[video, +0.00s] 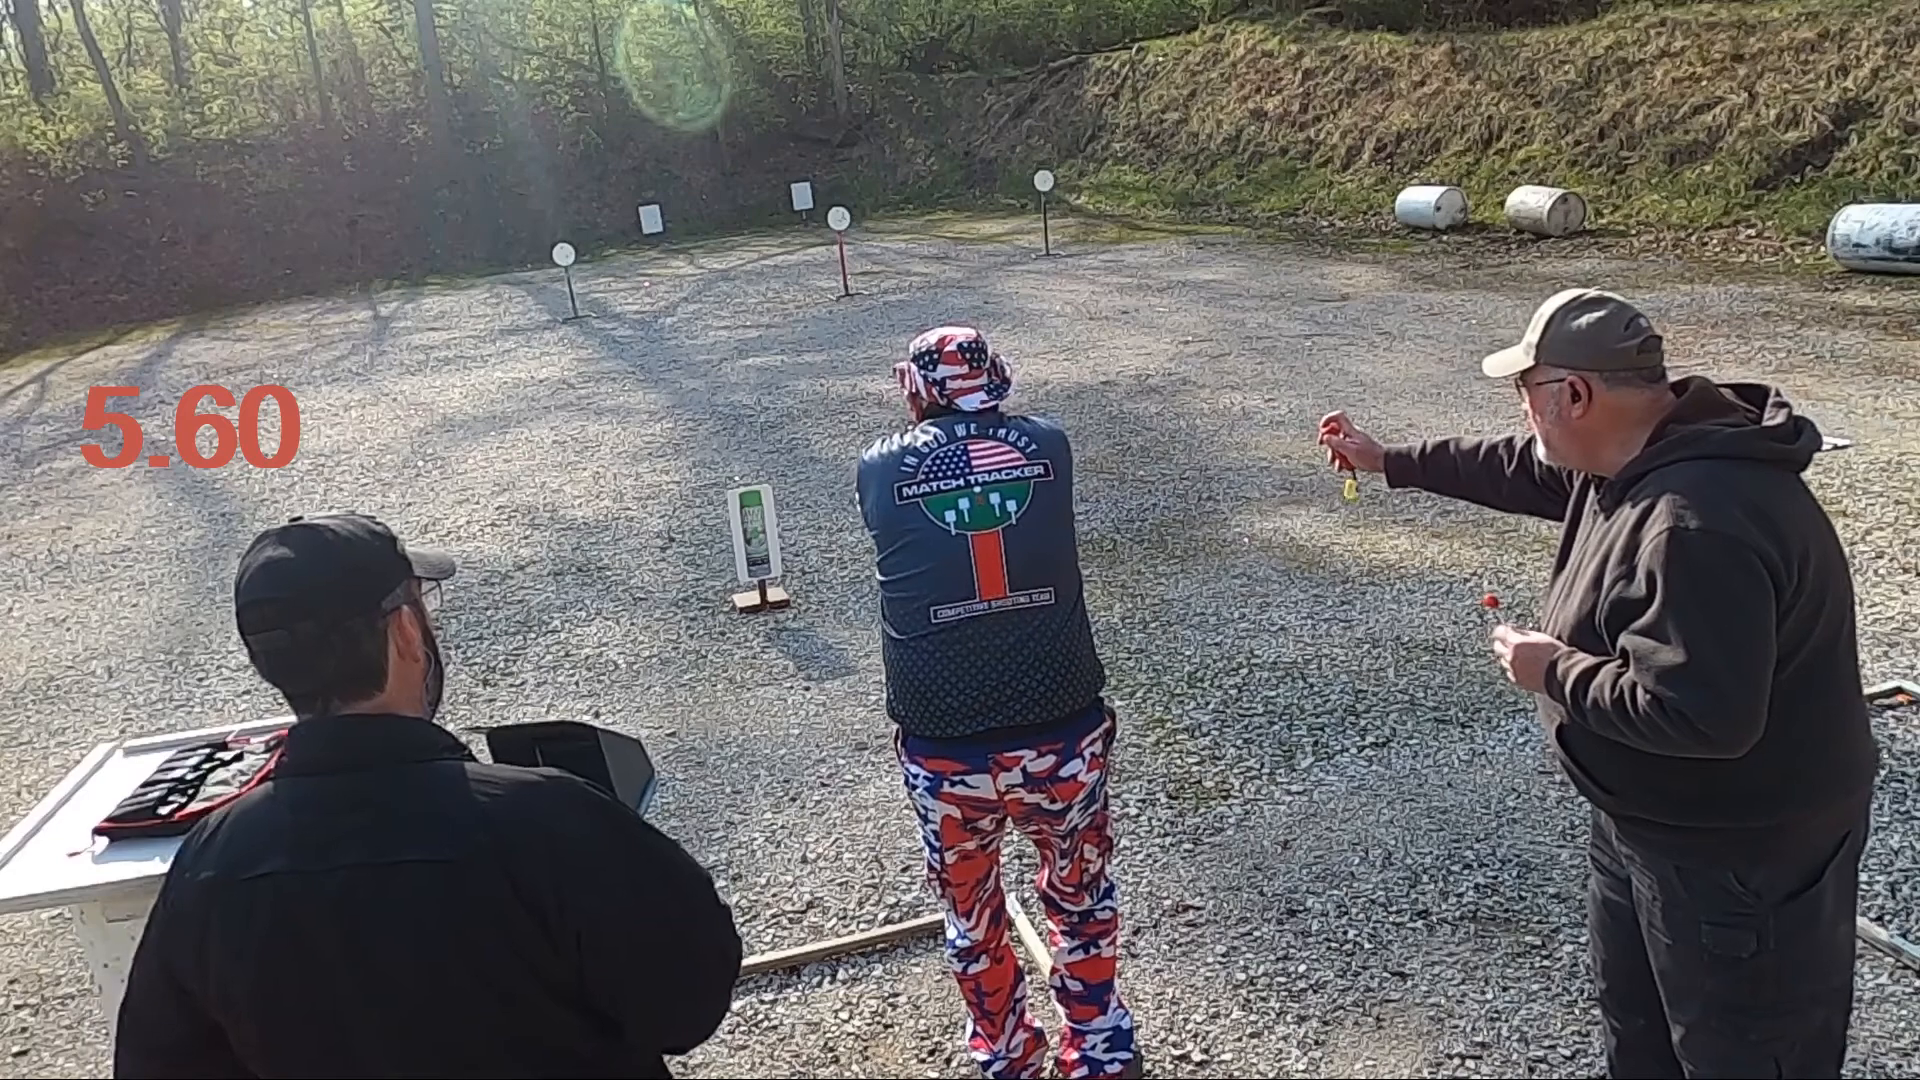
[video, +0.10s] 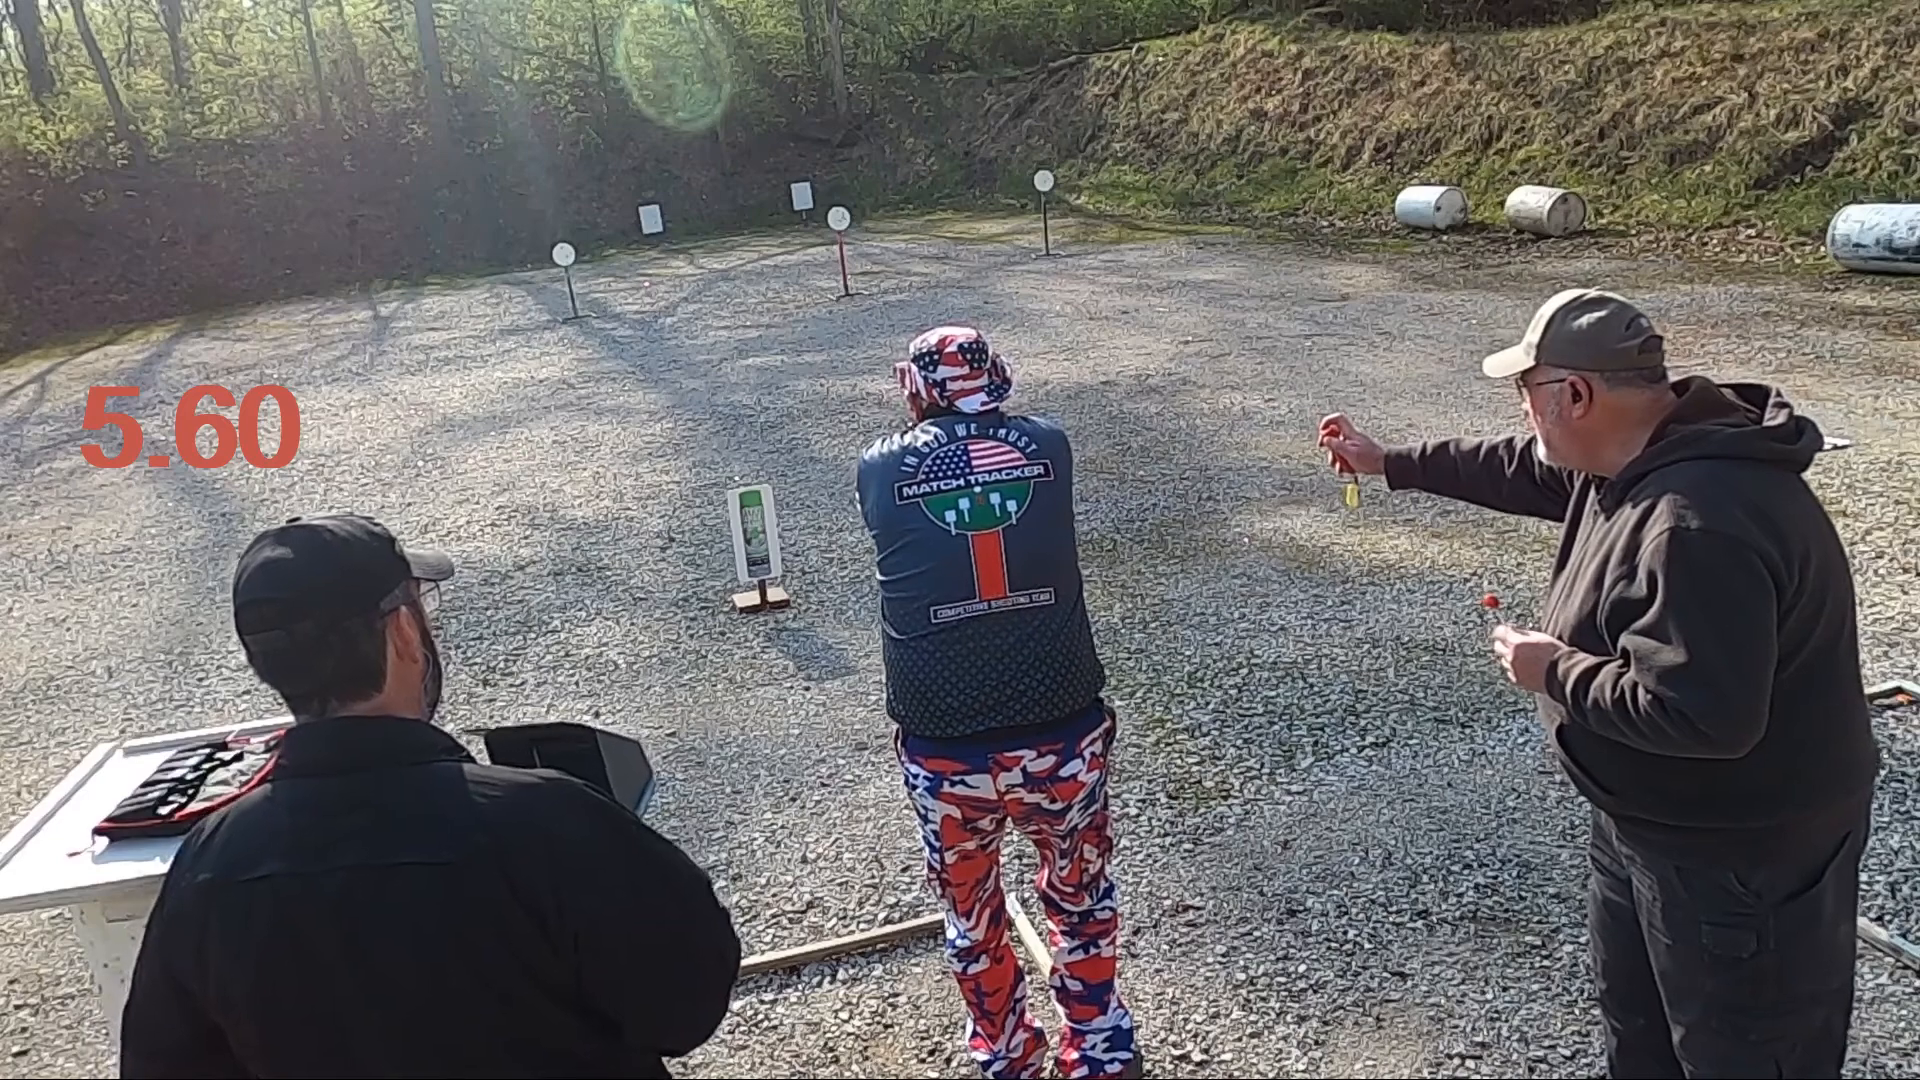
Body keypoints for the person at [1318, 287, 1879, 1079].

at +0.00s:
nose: (1524, 409)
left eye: (1528, 391)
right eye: (1523, 391)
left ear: (1577, 398)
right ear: (1587, 396)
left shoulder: (1697, 526)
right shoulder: (1625, 463)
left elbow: (1707, 716)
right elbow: (1516, 467)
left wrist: (1553, 670)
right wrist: (1388, 460)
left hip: (1738, 856)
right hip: (1640, 823)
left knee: (1746, 1061)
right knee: (1641, 1038)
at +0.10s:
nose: (1525, 409)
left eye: (1528, 391)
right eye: (1523, 391)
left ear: (1577, 398)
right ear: (1587, 396)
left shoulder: (1698, 526)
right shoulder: (1626, 462)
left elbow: (1709, 717)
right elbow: (1516, 467)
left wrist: (1554, 669)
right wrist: (1387, 461)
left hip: (1739, 859)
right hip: (1642, 824)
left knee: (1746, 1061)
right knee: (1642, 1038)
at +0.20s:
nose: (1526, 410)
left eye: (1529, 392)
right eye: (1524, 391)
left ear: (1579, 398)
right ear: (1588, 396)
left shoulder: (1699, 526)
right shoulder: (1626, 463)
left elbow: (1710, 716)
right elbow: (1517, 468)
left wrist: (1554, 669)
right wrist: (1387, 462)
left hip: (1739, 859)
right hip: (1641, 824)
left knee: (1746, 1061)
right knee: (1642, 1039)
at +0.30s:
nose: (1526, 410)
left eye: (1530, 392)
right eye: (1525, 391)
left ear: (1579, 398)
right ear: (1588, 396)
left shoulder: (1699, 526)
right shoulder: (1626, 464)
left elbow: (1711, 717)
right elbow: (1517, 468)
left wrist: (1555, 670)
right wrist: (1387, 462)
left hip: (1739, 859)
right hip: (1641, 825)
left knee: (1747, 1061)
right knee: (1642, 1040)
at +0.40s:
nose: (1525, 408)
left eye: (1528, 390)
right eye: (1524, 390)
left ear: (1578, 397)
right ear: (1587, 396)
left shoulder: (1699, 526)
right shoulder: (1625, 466)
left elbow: (1710, 717)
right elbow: (1516, 469)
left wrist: (1553, 670)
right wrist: (1387, 463)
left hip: (1739, 859)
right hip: (1640, 825)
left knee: (1746, 1061)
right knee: (1641, 1039)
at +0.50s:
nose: (1522, 405)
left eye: (1527, 388)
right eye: (1521, 387)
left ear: (1579, 394)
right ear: (1584, 393)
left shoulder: (1695, 526)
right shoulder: (1620, 463)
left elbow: (1708, 715)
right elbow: (1511, 470)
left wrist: (1552, 671)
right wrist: (1381, 465)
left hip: (1737, 858)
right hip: (1639, 824)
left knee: (1745, 1061)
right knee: (1640, 1039)